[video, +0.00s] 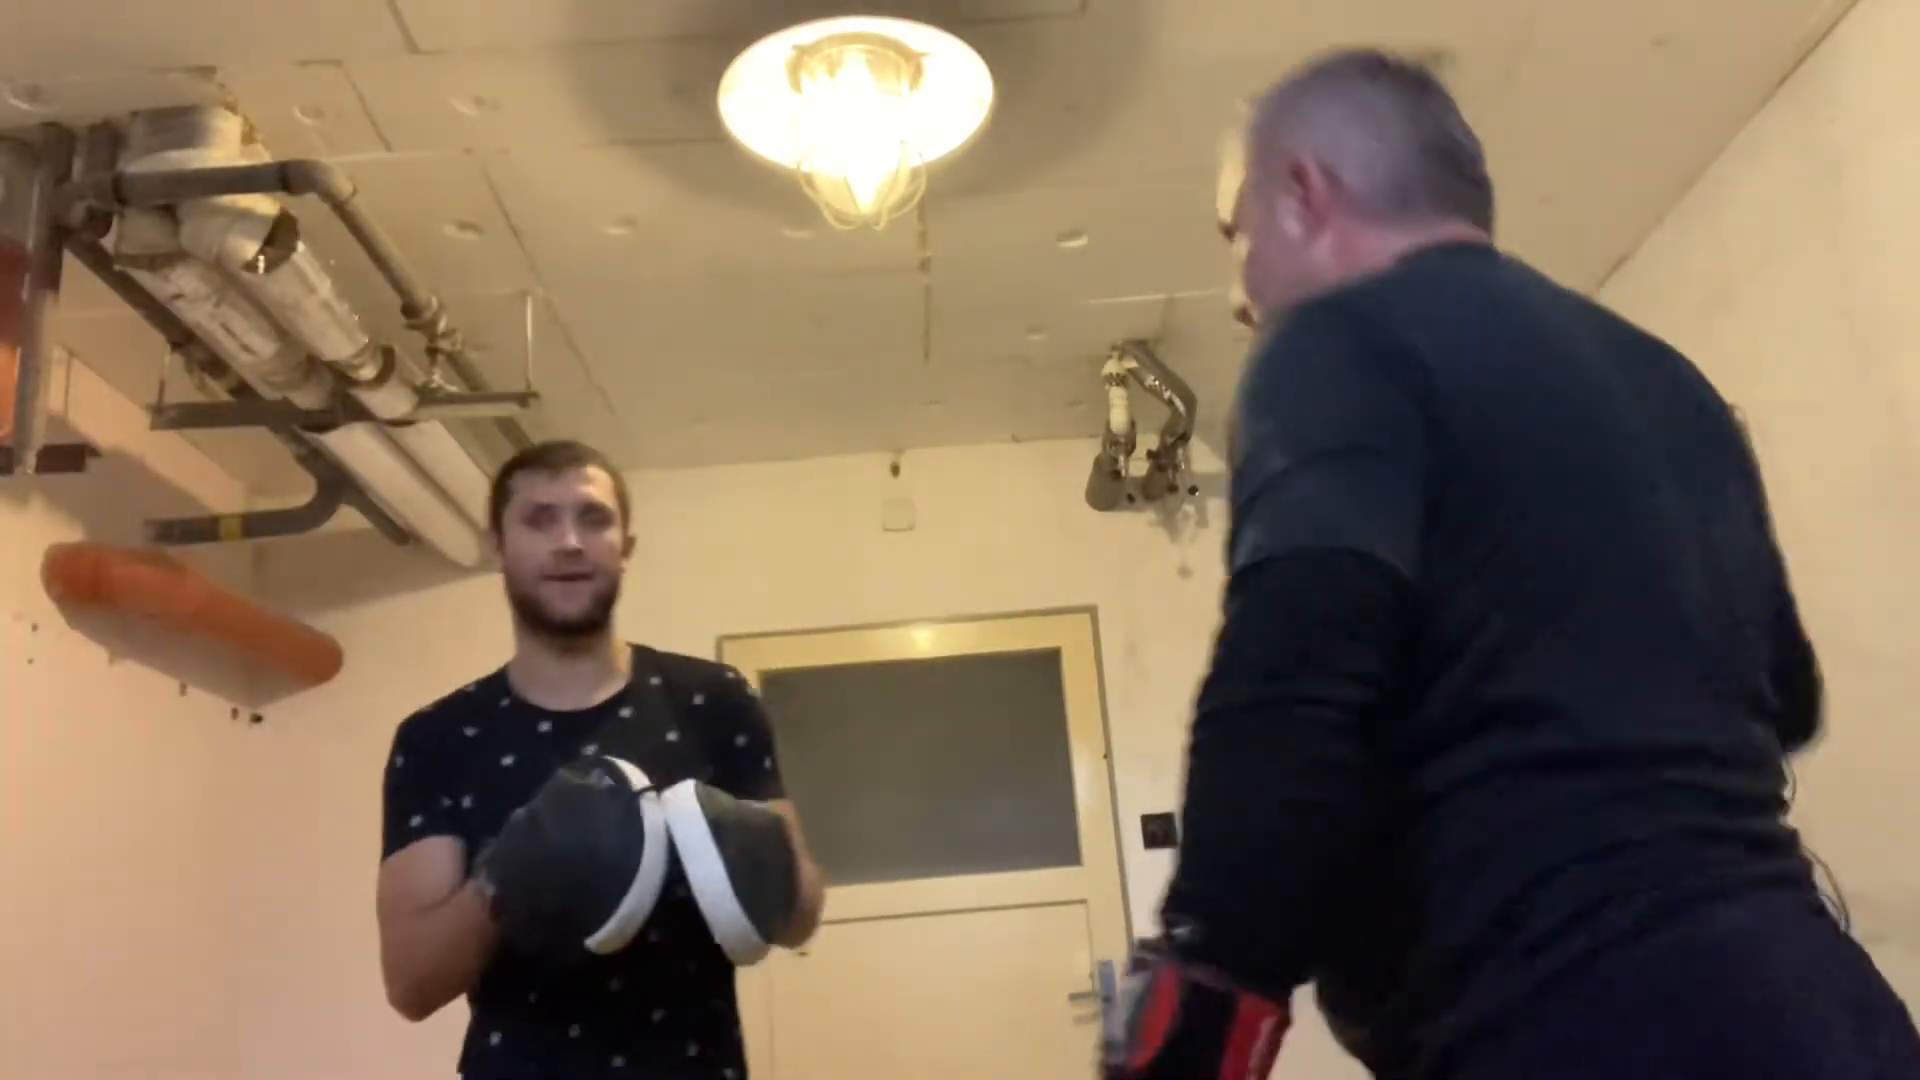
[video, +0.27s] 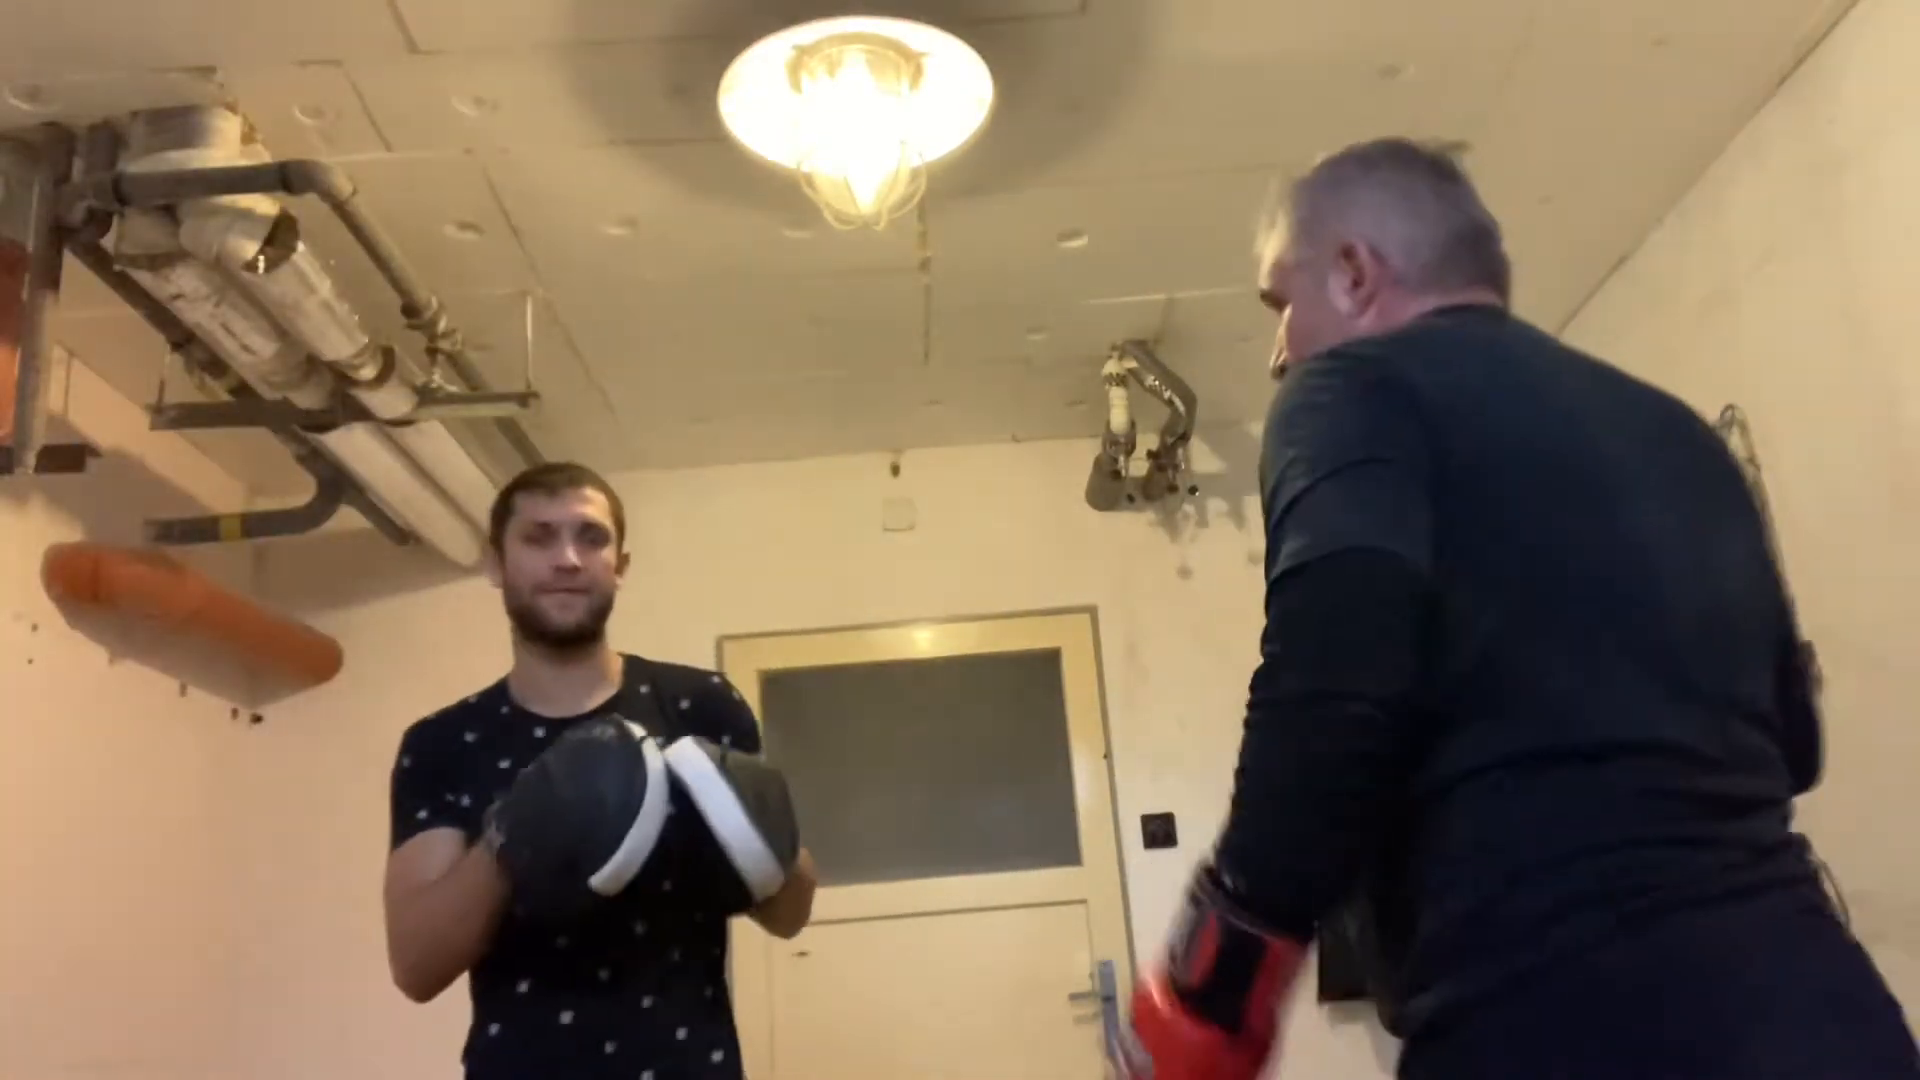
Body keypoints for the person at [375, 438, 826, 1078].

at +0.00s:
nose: (569, 542)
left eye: (592, 519)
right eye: (539, 520)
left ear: (625, 545)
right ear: (498, 548)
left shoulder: (714, 702)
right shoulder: (439, 741)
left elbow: (802, 917)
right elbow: (412, 979)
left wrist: (758, 865)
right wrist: (520, 872)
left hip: (694, 1058)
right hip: (523, 1062)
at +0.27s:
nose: (567, 559)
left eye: (589, 538)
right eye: (538, 538)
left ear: (619, 566)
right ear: (496, 566)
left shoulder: (704, 707)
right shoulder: (444, 747)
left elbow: (789, 918)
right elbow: (418, 966)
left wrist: (755, 827)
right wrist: (518, 836)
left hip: (687, 1060)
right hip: (524, 1064)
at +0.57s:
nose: (667, 578)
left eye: (688, 559)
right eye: (641, 555)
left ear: (710, 582)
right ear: (595, 574)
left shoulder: (767, 730)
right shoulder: (526, 743)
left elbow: (827, 936)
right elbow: (492, 950)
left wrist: (808, 838)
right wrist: (607, 836)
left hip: (723, 1061)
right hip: (574, 1062)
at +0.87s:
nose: (732, 600)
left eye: (753, 581)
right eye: (709, 573)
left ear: (766, 600)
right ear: (656, 582)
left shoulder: (788, 739)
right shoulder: (571, 725)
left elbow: (850, 949)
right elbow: (530, 917)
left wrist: (862, 844)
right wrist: (674, 809)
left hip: (729, 1058)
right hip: (587, 1057)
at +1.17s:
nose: (678, 624)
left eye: (691, 604)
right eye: (654, 599)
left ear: (704, 611)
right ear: (590, 602)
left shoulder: (704, 744)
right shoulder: (506, 735)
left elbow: (826, 895)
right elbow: (502, 885)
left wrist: (822, 760)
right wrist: (619, 733)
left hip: (679, 1060)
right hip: (539, 1060)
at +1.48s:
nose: (508, 635)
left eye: (521, 617)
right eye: (489, 616)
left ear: (541, 626)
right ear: (431, 631)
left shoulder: (559, 758)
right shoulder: (343, 755)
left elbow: (705, 815)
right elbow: (382, 831)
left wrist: (693, 672)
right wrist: (490, 656)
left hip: (537, 1065)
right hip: (395, 1067)